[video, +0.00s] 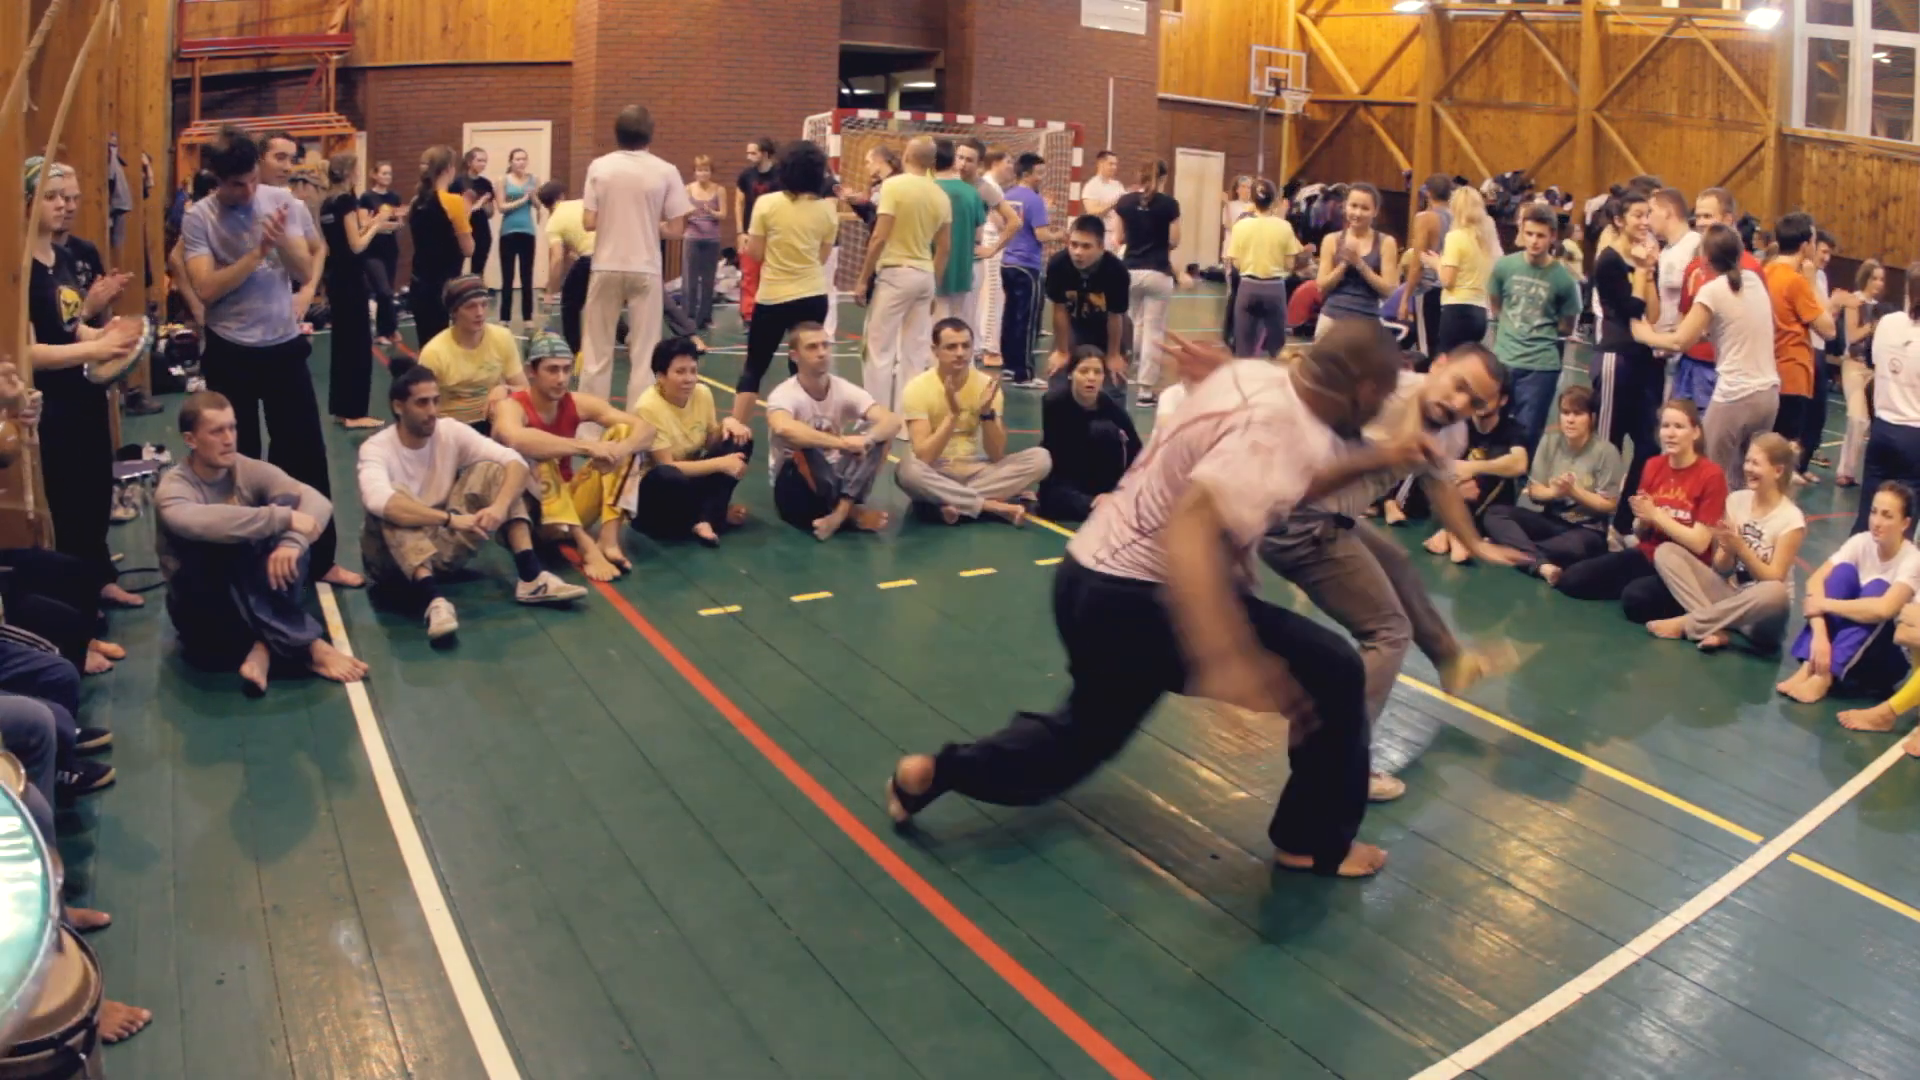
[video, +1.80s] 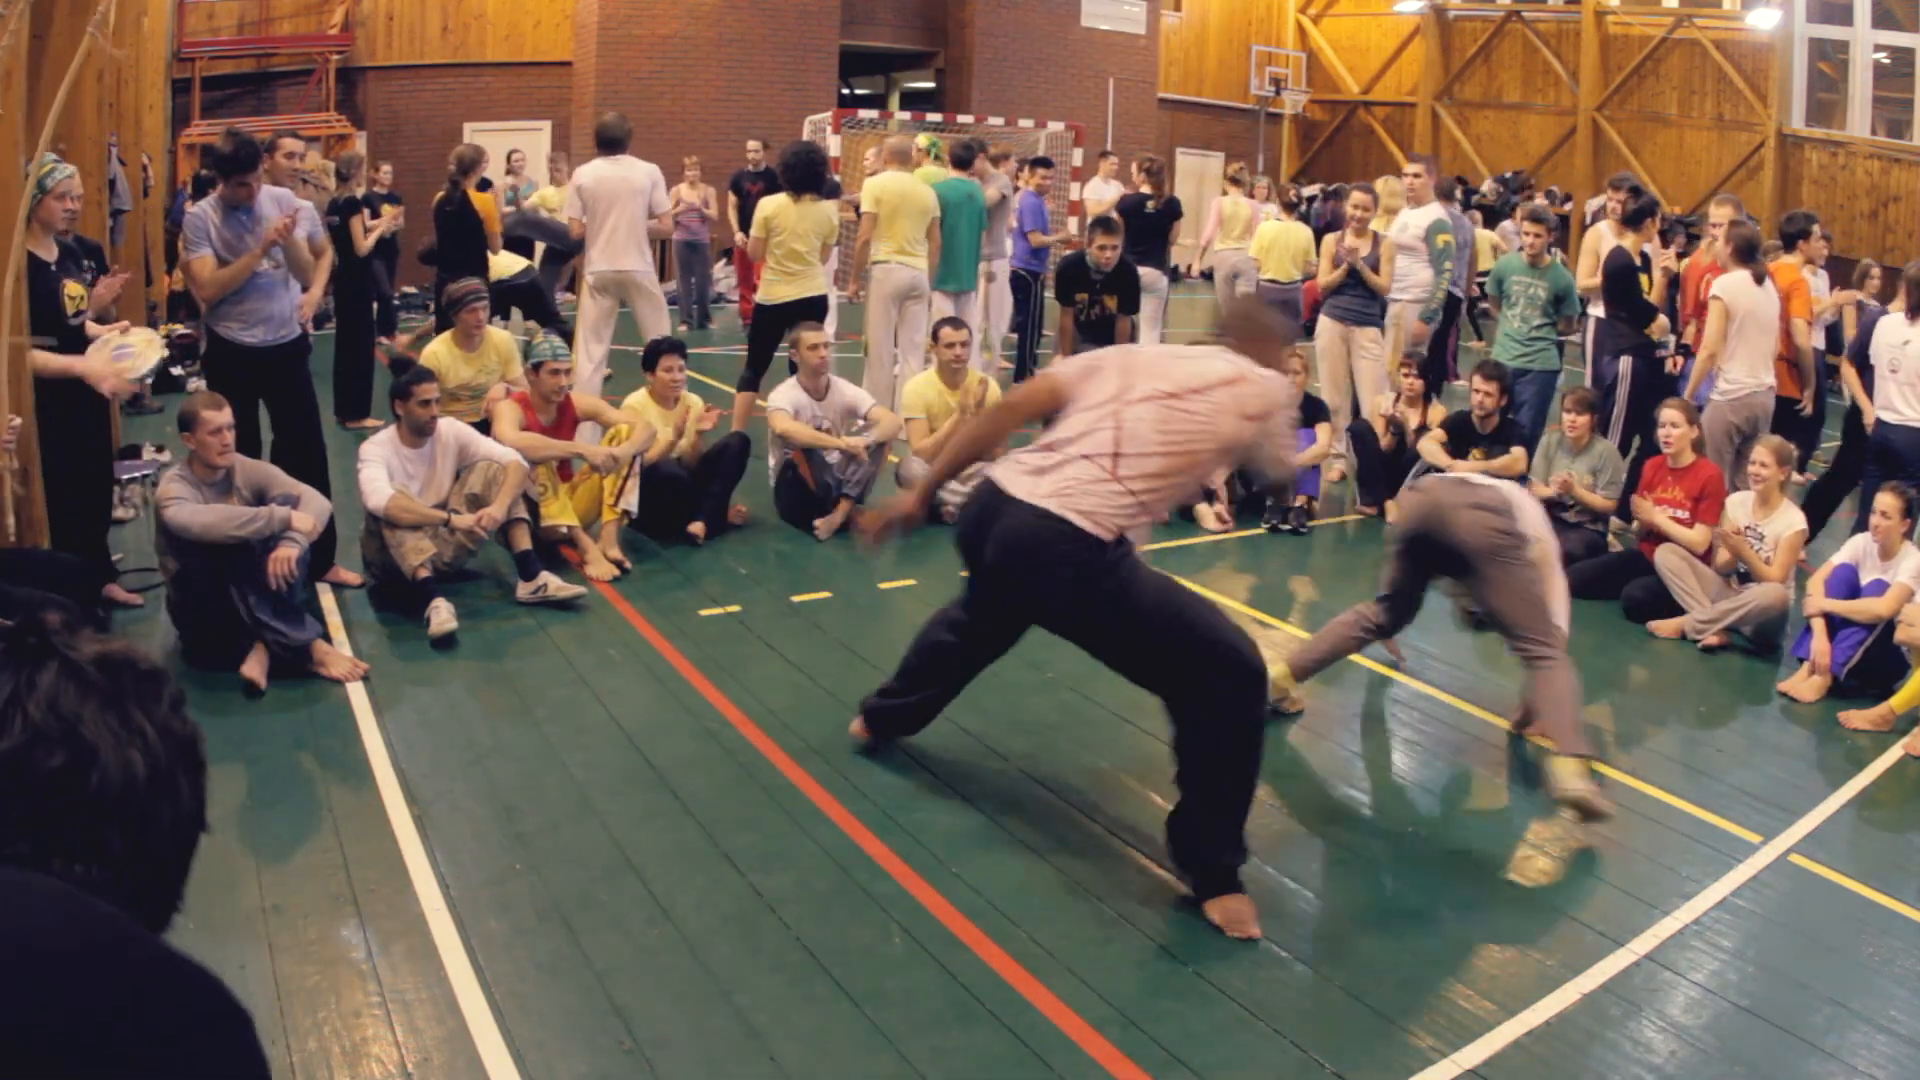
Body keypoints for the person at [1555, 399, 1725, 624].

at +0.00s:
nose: (1670, 433)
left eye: (1679, 426)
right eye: (1665, 426)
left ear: (1696, 432)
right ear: (1658, 430)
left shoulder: (1711, 475)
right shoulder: (1653, 465)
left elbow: (1699, 543)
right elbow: (1639, 530)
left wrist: (1654, 514)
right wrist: (1644, 517)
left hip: (1684, 566)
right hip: (1647, 555)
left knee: (1635, 600)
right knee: (1571, 581)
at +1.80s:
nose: (1666, 433)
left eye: (1675, 426)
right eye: (1661, 426)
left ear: (1694, 431)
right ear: (1656, 430)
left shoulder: (1710, 475)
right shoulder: (1652, 466)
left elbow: (1699, 544)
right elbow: (1637, 530)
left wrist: (1654, 517)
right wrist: (1645, 517)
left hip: (1682, 565)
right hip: (1645, 555)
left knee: (1635, 600)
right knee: (1572, 580)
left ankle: (1692, 603)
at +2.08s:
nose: (1664, 433)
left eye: (1673, 426)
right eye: (1659, 426)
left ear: (1689, 431)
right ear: (1653, 431)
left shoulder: (1708, 474)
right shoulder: (1648, 467)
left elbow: (1698, 538)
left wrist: (1652, 517)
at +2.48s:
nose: (1665, 434)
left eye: (1674, 426)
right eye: (1660, 426)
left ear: (1690, 431)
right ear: (1653, 431)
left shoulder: (1709, 474)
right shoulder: (1647, 468)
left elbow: (1699, 541)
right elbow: (1631, 519)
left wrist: (1654, 521)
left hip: (1693, 564)